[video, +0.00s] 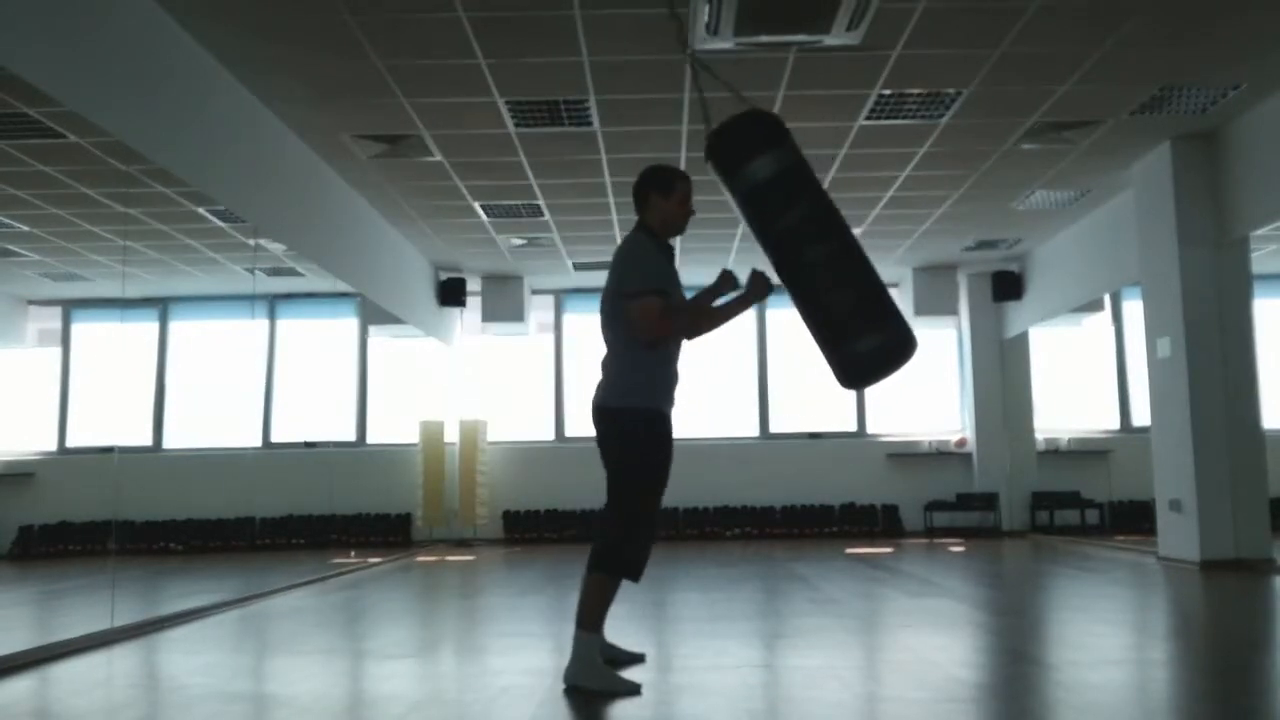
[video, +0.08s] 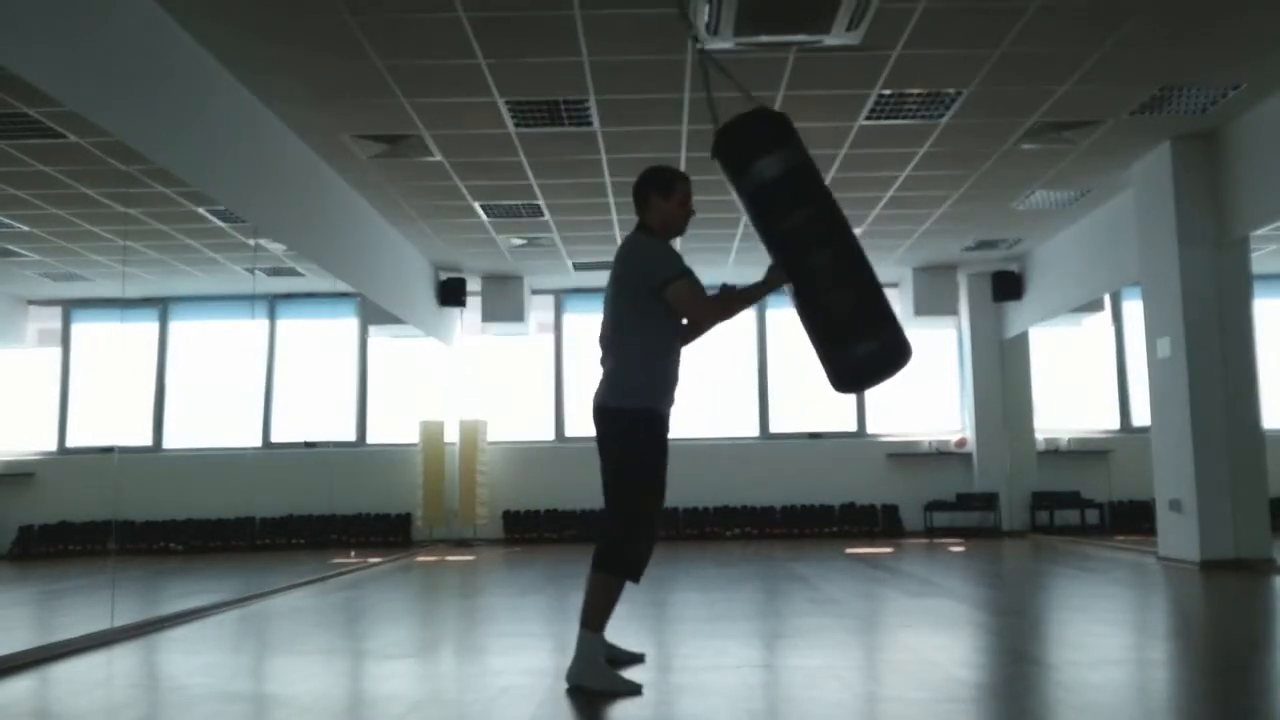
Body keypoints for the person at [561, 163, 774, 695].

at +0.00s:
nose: (691, 209)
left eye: (690, 200)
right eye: (683, 200)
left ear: (658, 202)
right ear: (654, 202)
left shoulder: (650, 254)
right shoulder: (641, 255)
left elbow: (664, 319)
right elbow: (663, 328)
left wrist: (711, 291)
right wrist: (744, 302)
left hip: (638, 411)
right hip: (632, 413)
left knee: (625, 528)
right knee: (621, 530)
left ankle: (592, 639)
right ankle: (583, 661)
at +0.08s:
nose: (692, 209)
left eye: (690, 200)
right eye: (684, 200)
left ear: (652, 204)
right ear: (655, 202)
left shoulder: (638, 254)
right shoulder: (652, 252)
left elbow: (668, 336)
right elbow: (703, 312)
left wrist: (716, 308)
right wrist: (767, 284)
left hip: (626, 408)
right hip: (634, 412)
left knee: (627, 527)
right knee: (628, 528)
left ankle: (592, 639)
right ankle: (586, 660)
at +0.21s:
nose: (697, 209)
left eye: (696, 200)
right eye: (688, 200)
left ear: (667, 203)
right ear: (659, 202)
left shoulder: (665, 261)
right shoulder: (636, 255)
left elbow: (712, 319)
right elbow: (616, 330)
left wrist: (766, 289)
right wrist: (678, 320)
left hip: (647, 412)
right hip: (631, 411)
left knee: (629, 525)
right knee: (631, 527)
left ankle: (594, 640)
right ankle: (591, 655)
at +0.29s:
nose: (698, 209)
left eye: (697, 200)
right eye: (689, 200)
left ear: (669, 203)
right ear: (660, 201)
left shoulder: (663, 258)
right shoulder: (639, 253)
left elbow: (704, 324)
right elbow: (626, 329)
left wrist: (763, 292)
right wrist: (691, 299)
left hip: (650, 413)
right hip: (631, 412)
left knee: (636, 523)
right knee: (628, 522)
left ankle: (596, 638)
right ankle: (591, 654)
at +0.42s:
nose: (697, 207)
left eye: (696, 198)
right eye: (689, 198)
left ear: (658, 204)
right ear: (661, 202)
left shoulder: (644, 251)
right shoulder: (655, 249)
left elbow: (678, 331)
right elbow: (699, 316)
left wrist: (731, 305)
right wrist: (762, 279)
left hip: (627, 410)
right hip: (637, 414)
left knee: (626, 528)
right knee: (633, 530)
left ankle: (594, 641)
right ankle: (592, 657)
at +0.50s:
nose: (697, 211)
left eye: (696, 201)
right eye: (691, 201)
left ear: (660, 204)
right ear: (664, 203)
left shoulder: (646, 254)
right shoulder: (648, 255)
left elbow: (650, 330)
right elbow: (663, 329)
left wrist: (718, 305)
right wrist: (731, 301)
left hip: (637, 413)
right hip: (640, 416)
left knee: (626, 529)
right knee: (629, 532)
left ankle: (597, 640)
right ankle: (592, 655)